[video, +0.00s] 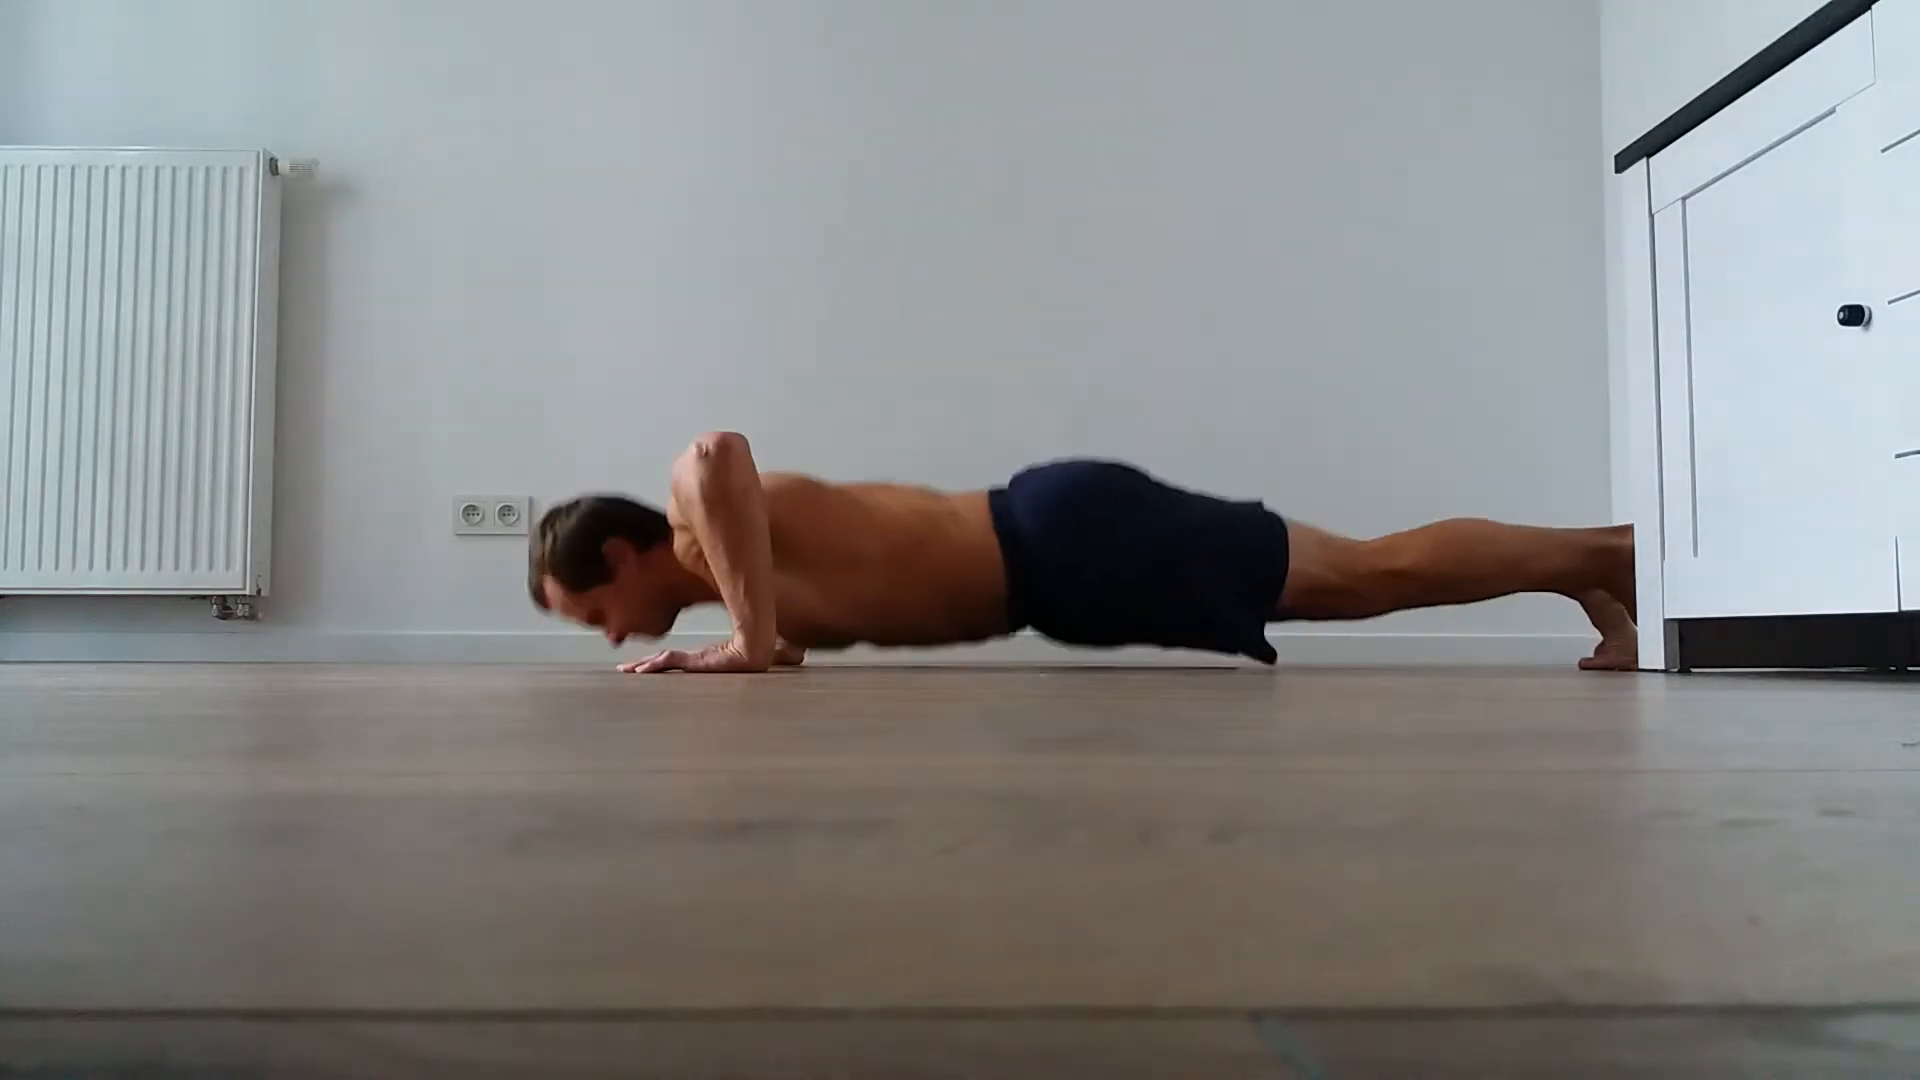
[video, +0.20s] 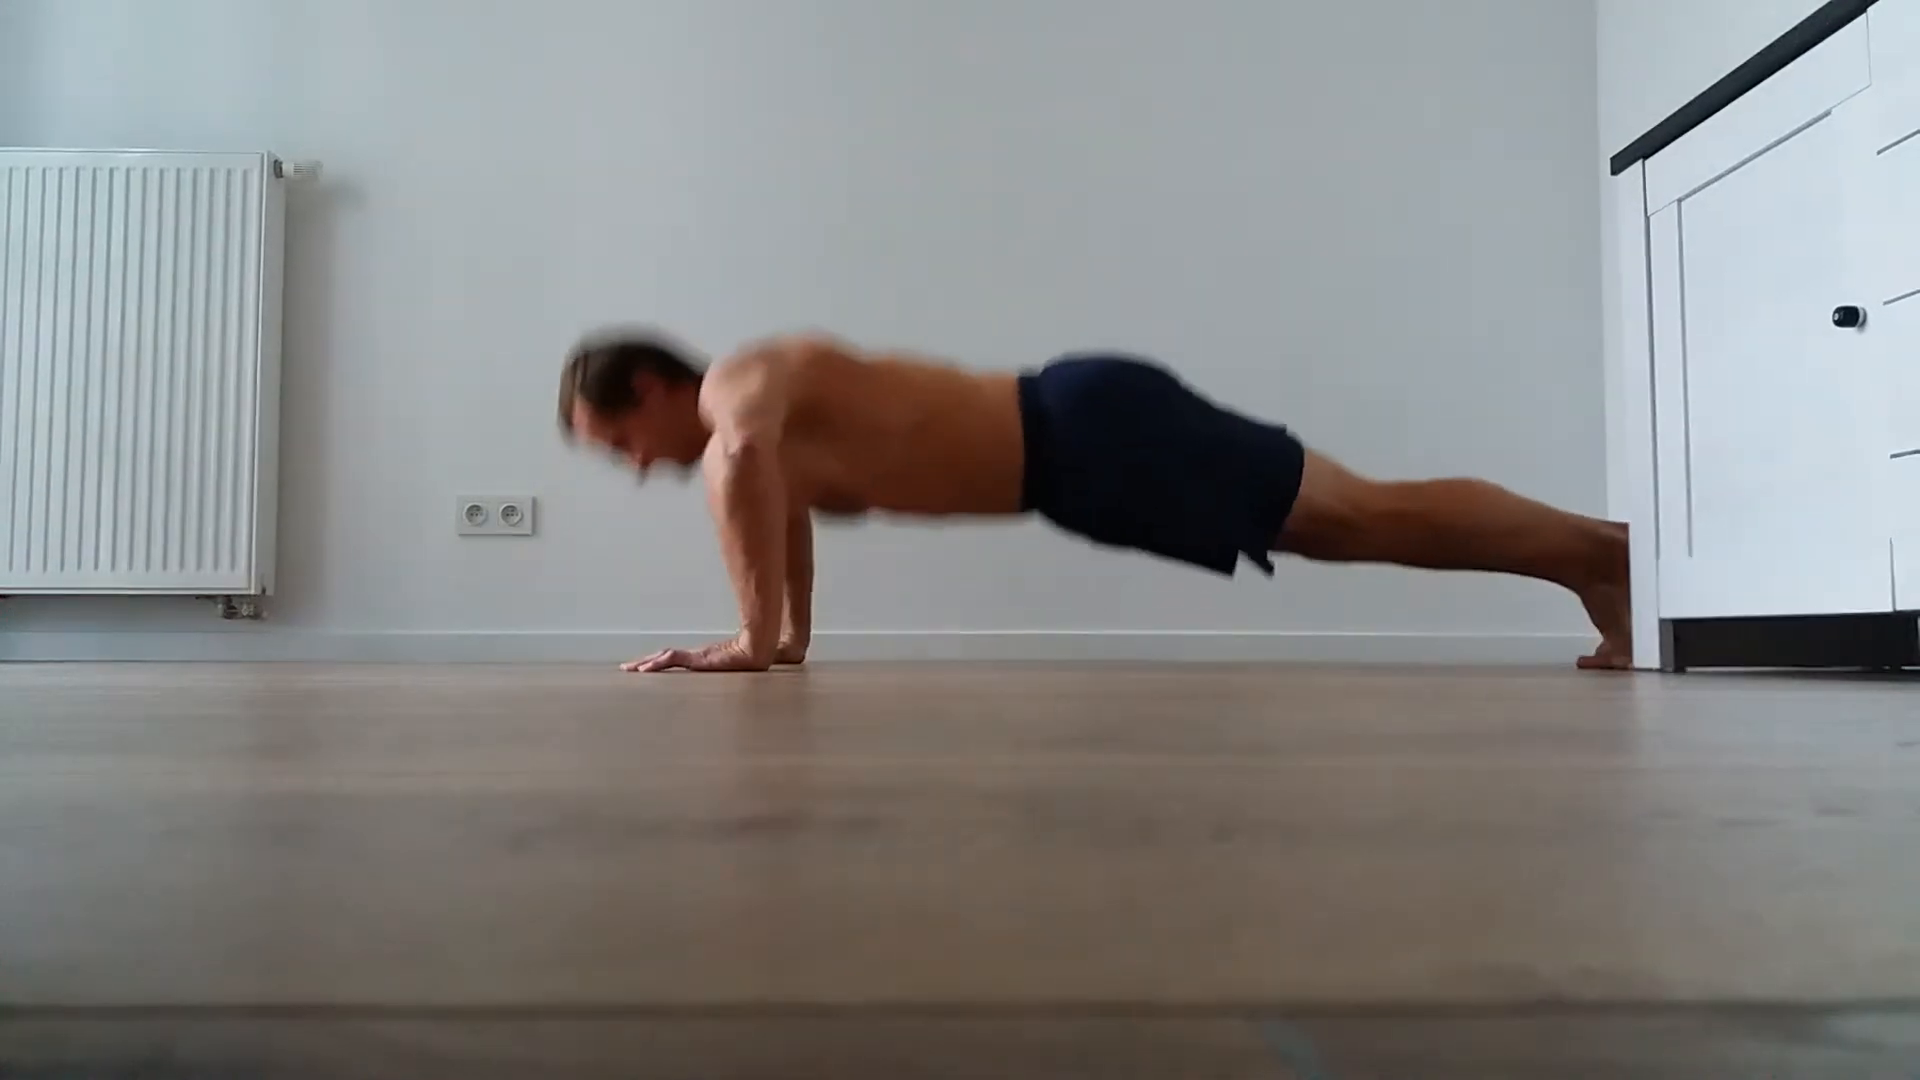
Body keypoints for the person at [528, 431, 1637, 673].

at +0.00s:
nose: (612, 636)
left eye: (600, 619)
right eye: (593, 626)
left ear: (626, 565)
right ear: (637, 560)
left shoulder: (711, 533)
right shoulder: (721, 542)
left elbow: (714, 459)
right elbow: (722, 470)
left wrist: (760, 641)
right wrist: (744, 641)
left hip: (1061, 545)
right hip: (1050, 547)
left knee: (1364, 575)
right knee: (1357, 570)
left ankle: (1596, 560)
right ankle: (1588, 560)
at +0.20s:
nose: (627, 460)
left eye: (614, 441)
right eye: (613, 450)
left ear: (642, 398)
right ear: (661, 390)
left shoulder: (738, 389)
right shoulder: (758, 391)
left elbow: (739, 473)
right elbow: (784, 494)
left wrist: (756, 635)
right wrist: (790, 638)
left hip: (1080, 440)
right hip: (1075, 438)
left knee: (1353, 519)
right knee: (1351, 515)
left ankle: (1600, 557)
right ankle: (1592, 555)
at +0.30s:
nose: (635, 374)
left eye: (621, 351)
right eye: (622, 362)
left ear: (649, 306)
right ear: (653, 317)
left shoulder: (756, 304)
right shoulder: (764, 337)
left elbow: (752, 470)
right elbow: (787, 497)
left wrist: (756, 634)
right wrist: (788, 642)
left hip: (1089, 401)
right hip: (1079, 411)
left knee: (1350, 502)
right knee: (1344, 501)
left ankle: (1589, 551)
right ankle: (1576, 556)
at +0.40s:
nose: (644, 357)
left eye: (630, 333)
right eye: (628, 344)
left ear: (659, 280)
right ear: (665, 287)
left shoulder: (766, 280)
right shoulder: (771, 313)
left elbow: (755, 463)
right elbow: (788, 491)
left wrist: (754, 637)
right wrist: (789, 644)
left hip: (1092, 404)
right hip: (1081, 412)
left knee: (1354, 508)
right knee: (1346, 512)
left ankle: (1596, 554)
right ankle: (1581, 563)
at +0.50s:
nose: (632, 409)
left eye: (619, 389)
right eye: (616, 397)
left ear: (649, 339)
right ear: (657, 337)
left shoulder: (753, 338)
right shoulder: (764, 344)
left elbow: (759, 476)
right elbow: (794, 490)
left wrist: (754, 638)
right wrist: (790, 637)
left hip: (1081, 440)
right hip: (1074, 438)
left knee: (1356, 529)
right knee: (1347, 527)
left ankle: (1595, 555)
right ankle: (1581, 560)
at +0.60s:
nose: (614, 523)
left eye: (599, 501)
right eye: (599, 509)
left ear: (623, 454)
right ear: (637, 452)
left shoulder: (718, 419)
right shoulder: (746, 439)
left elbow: (751, 465)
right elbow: (799, 535)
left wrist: (761, 636)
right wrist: (766, 646)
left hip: (1071, 505)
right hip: (1063, 503)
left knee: (1353, 560)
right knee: (1347, 553)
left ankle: (1596, 560)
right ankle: (1588, 555)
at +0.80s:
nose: (613, 638)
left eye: (601, 620)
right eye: (594, 629)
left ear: (627, 568)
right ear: (636, 564)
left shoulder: (714, 534)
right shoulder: (726, 548)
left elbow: (711, 463)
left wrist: (759, 640)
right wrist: (728, 646)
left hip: (1067, 566)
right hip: (1051, 572)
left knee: (1356, 590)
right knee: (1346, 585)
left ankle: (1596, 562)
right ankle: (1585, 566)